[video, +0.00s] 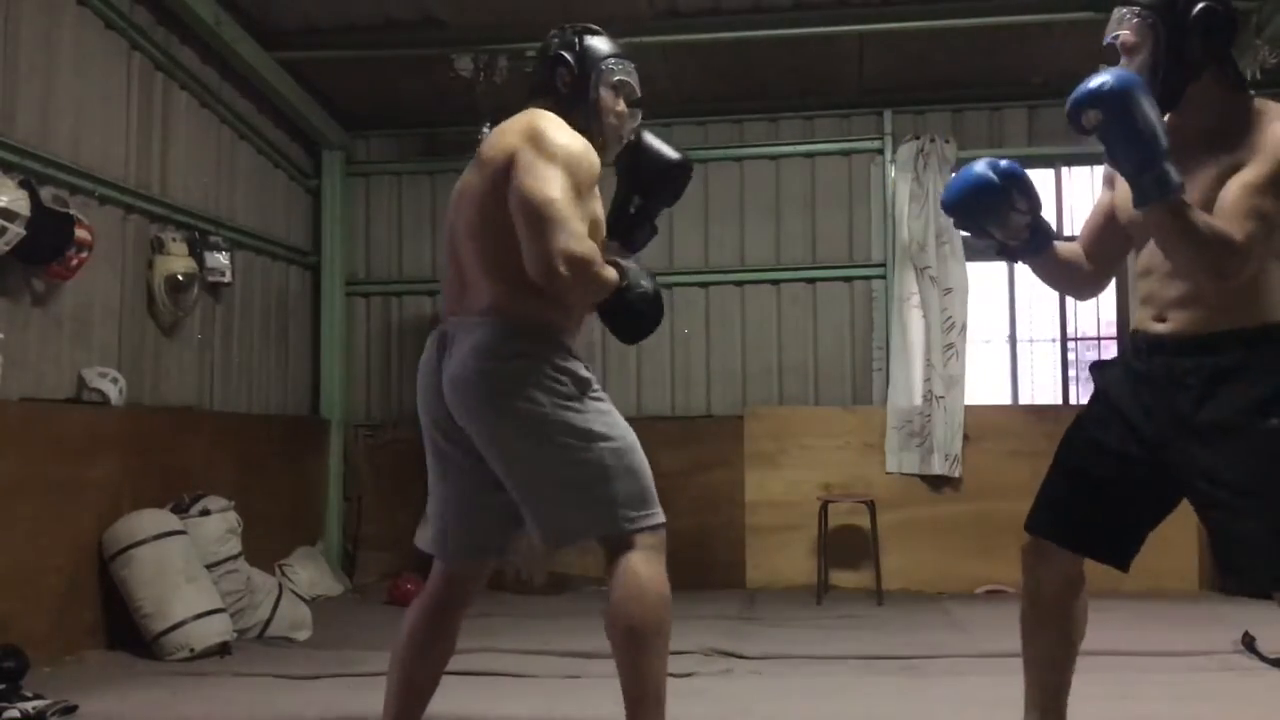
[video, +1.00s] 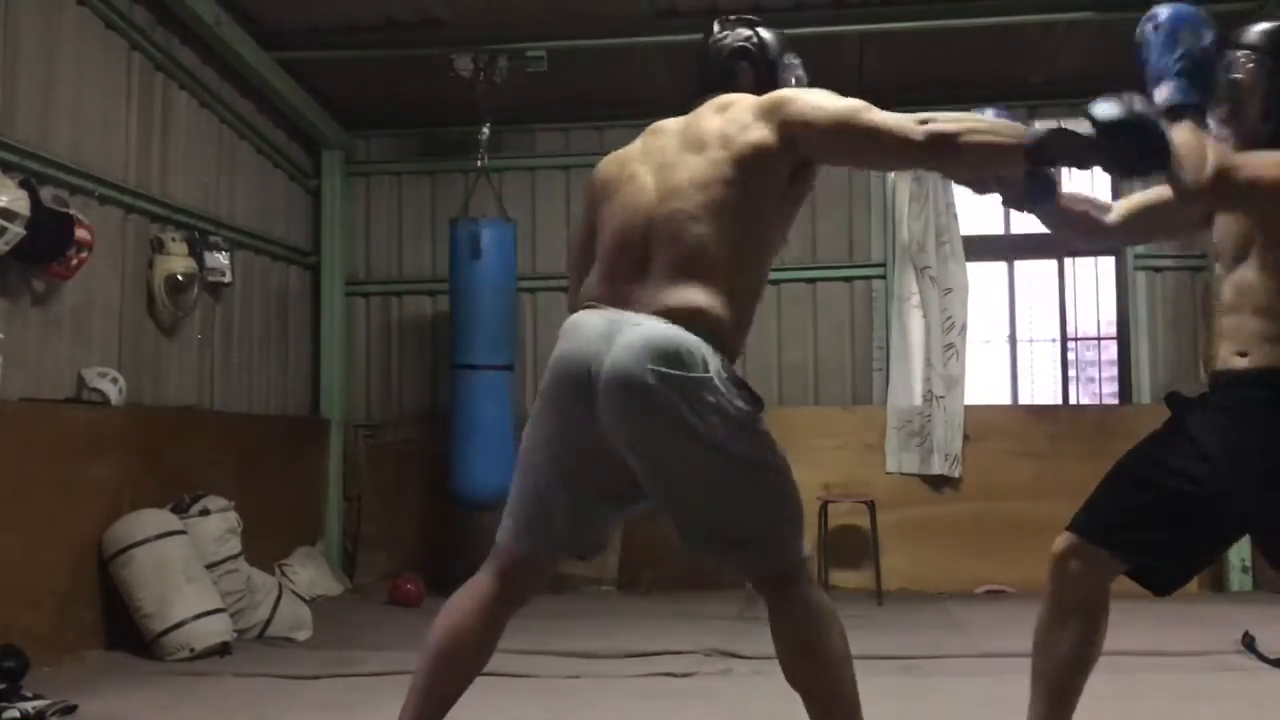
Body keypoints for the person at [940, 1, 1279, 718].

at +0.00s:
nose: (1111, 52)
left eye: (1127, 34)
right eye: (1112, 39)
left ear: (1185, 39)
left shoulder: (1267, 131)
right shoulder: (1139, 150)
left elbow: (1228, 263)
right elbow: (1083, 274)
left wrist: (1149, 172)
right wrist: (1029, 239)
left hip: (1244, 384)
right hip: (1140, 384)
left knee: (1273, 583)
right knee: (1049, 548)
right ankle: (1043, 715)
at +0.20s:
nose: (1097, 101)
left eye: (1110, 84)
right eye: (1095, 87)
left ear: (1169, 84)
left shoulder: (1265, 169)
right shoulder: (1124, 185)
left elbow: (1211, 298)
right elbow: (1051, 298)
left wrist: (1142, 202)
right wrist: (997, 247)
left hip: (1248, 409)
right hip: (1144, 408)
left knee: (1274, 605)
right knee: (1027, 557)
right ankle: (1015, 717)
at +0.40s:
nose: (1107, 84)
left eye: (1123, 67)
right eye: (1104, 69)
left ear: (1182, 73)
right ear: (1110, 79)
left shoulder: (1266, 154)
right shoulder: (1101, 161)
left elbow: (1201, 259)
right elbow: (993, 219)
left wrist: (1135, 156)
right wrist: (937, 161)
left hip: (1257, 396)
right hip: (1138, 398)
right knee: (1037, 561)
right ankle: (1016, 717)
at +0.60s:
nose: (1129, 82)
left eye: (1147, 63)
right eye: (1125, 68)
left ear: (1215, 62)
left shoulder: (1272, 149)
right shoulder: (1142, 168)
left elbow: (1256, 287)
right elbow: (1063, 275)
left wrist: (1178, 196)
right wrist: (998, 221)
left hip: (1266, 393)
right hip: (1162, 392)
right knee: (1059, 559)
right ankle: (1020, 717)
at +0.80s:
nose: (1131, 111)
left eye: (1147, 93)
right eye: (1127, 95)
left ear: (1206, 99)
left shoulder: (1270, 185)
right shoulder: (1164, 194)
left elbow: (1251, 304)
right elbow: (1085, 307)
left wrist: (1170, 211)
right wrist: (1040, 247)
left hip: (1271, 401)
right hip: (1198, 401)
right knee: (1075, 563)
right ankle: (1046, 717)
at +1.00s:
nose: (1232, 80)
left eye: (1252, 65)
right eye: (1229, 64)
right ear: (1223, 78)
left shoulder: (1278, 169)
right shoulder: (1219, 177)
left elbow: (1206, 177)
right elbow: (1109, 220)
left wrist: (1176, 93)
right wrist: (1025, 185)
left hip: (1273, 407)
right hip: (1220, 409)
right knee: (1078, 556)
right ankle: (1046, 716)